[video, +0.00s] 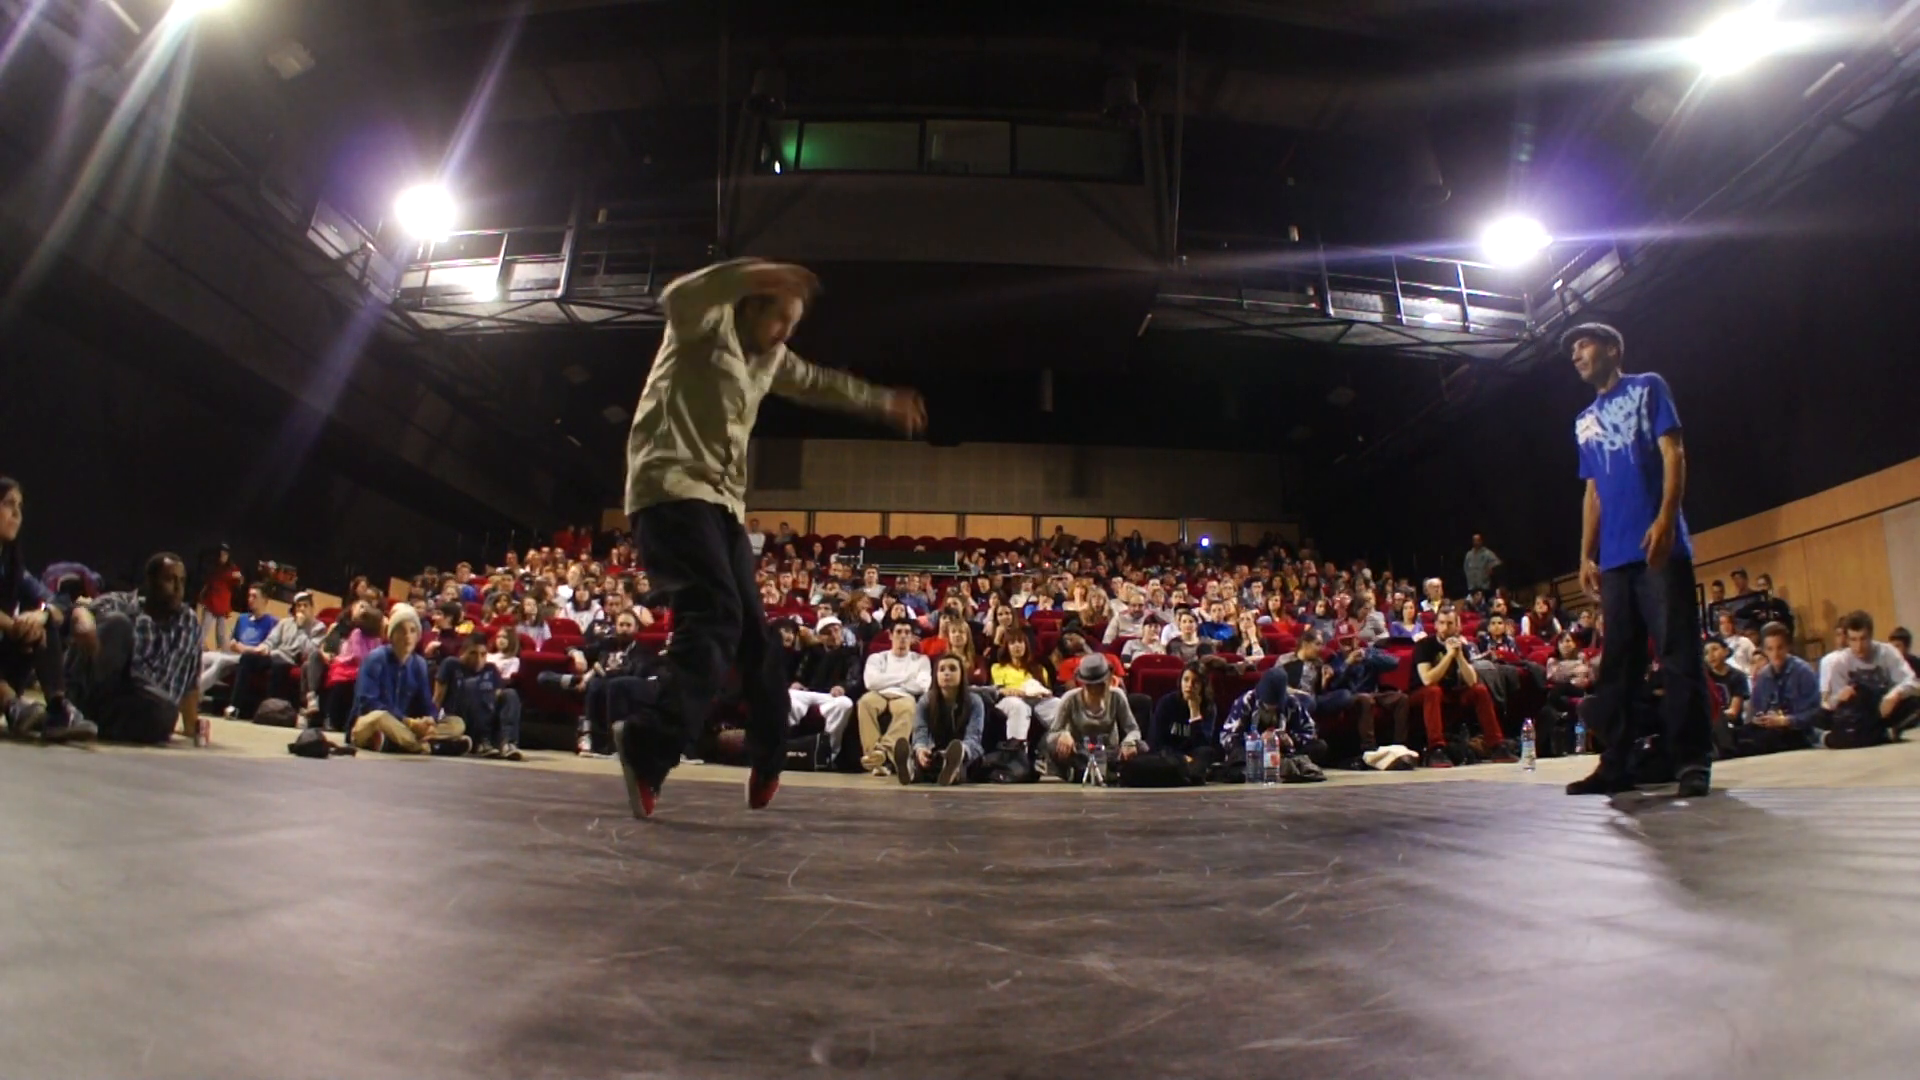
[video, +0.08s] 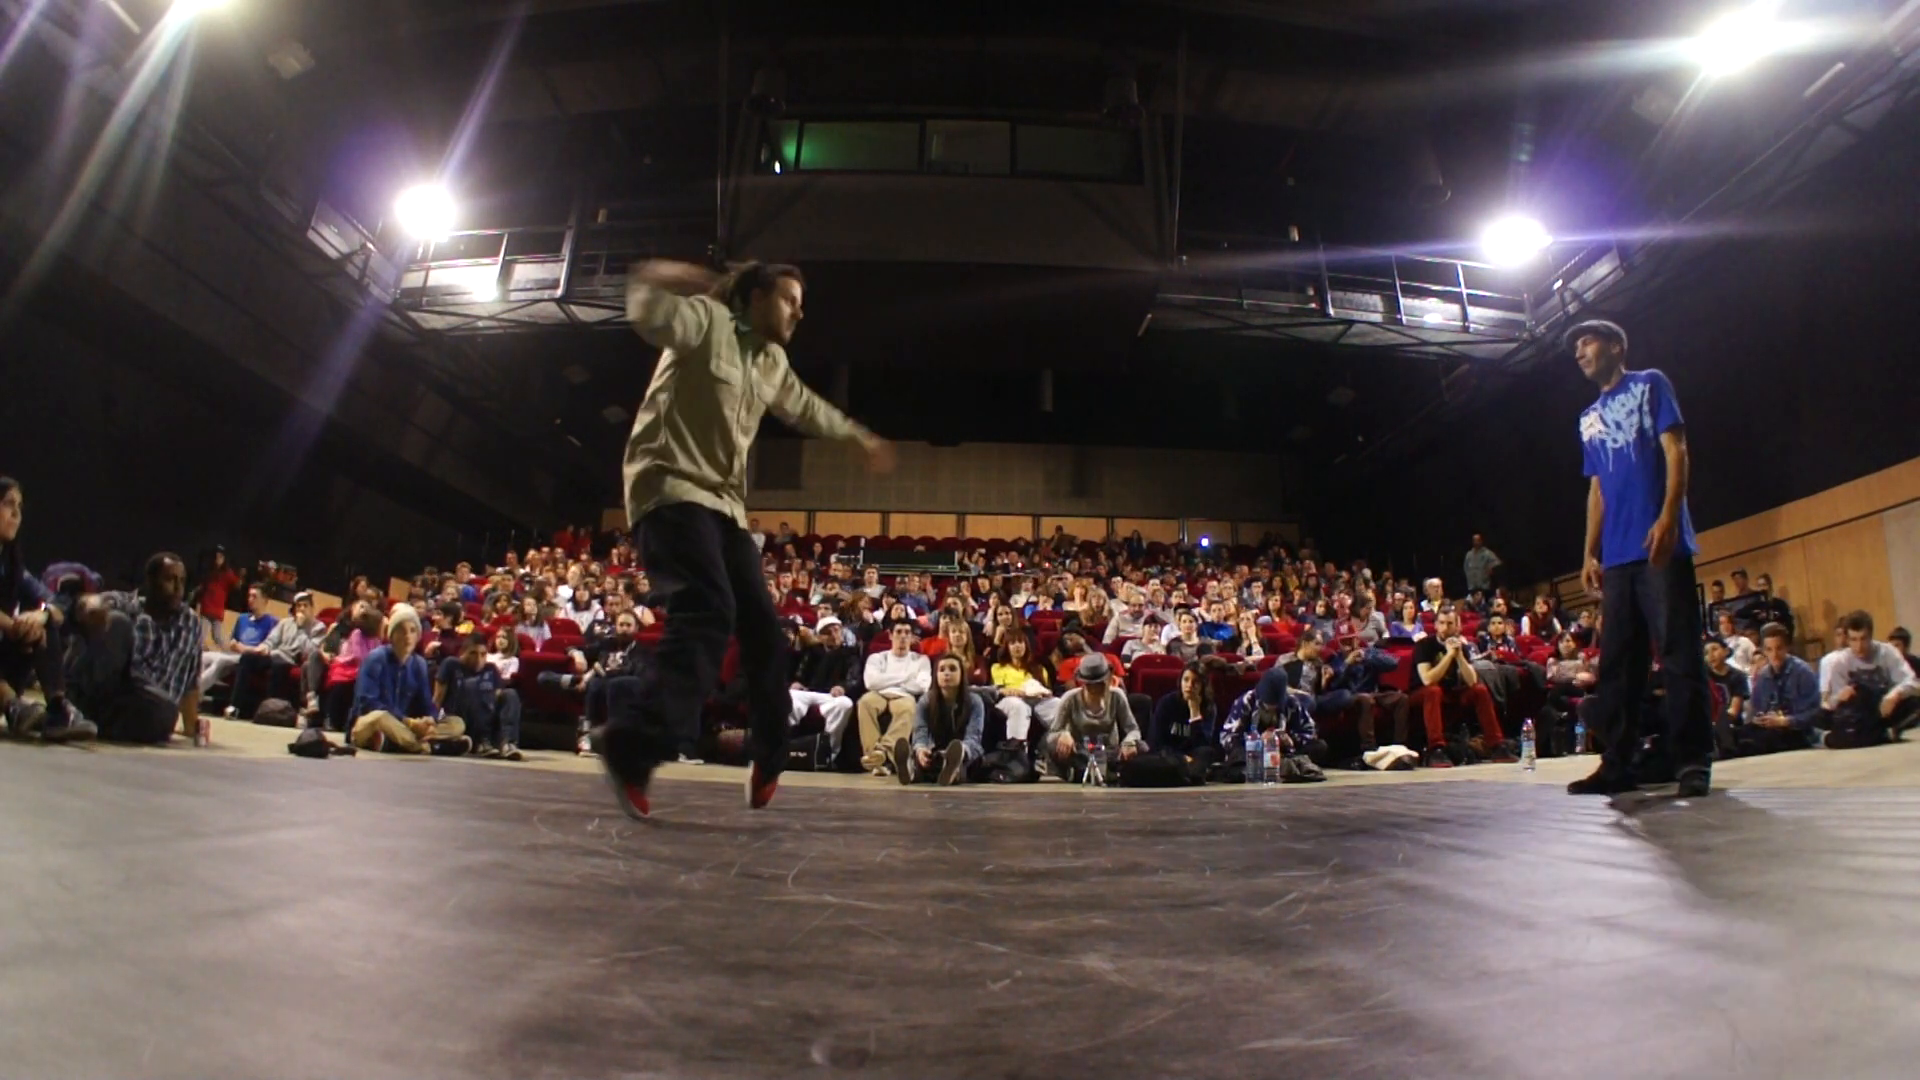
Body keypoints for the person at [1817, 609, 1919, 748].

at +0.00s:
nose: (1858, 645)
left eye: (1863, 639)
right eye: (1853, 640)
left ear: (1871, 637)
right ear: (1847, 639)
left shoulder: (1887, 652)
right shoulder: (1839, 661)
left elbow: (1910, 681)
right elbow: (1828, 703)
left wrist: (1894, 695)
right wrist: (1839, 697)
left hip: (1884, 705)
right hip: (1856, 707)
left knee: (1913, 704)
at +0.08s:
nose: (1859, 645)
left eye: (1863, 639)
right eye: (1853, 639)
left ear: (1871, 636)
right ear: (1847, 639)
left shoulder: (1887, 652)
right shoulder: (1839, 661)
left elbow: (1911, 681)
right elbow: (1828, 703)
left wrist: (1894, 695)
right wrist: (1839, 697)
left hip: (1884, 704)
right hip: (1856, 706)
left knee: (1913, 704)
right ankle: (1884, 734)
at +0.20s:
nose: (1859, 645)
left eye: (1864, 639)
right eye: (1854, 639)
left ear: (1871, 636)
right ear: (1848, 639)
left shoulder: (1887, 652)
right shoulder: (1840, 661)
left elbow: (1911, 681)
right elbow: (1831, 702)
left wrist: (1895, 694)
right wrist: (1839, 697)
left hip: (1886, 703)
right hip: (1857, 706)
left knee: (1914, 703)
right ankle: (1885, 734)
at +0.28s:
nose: (1859, 645)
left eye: (1864, 639)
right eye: (1854, 639)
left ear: (1871, 637)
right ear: (1848, 639)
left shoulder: (1887, 652)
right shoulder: (1840, 662)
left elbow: (1911, 681)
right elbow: (1831, 702)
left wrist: (1895, 694)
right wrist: (1839, 697)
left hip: (1885, 704)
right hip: (1857, 707)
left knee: (1913, 703)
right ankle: (1884, 734)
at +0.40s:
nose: (1859, 645)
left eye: (1863, 639)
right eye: (1854, 640)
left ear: (1871, 637)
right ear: (1848, 639)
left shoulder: (1887, 652)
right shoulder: (1841, 661)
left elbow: (1911, 680)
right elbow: (1832, 702)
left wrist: (1895, 694)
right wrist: (1839, 697)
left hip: (1885, 703)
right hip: (1857, 706)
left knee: (1913, 704)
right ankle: (1884, 734)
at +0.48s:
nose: (1858, 645)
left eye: (1863, 639)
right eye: (1853, 640)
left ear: (1872, 637)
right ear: (1849, 639)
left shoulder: (1888, 652)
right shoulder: (1840, 661)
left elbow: (1911, 680)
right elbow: (1832, 702)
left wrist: (1895, 694)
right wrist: (1840, 696)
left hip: (1885, 704)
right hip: (1857, 707)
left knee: (1912, 703)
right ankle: (1884, 734)